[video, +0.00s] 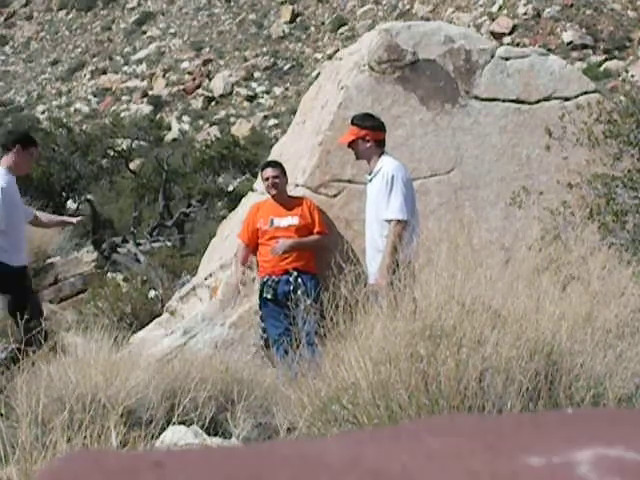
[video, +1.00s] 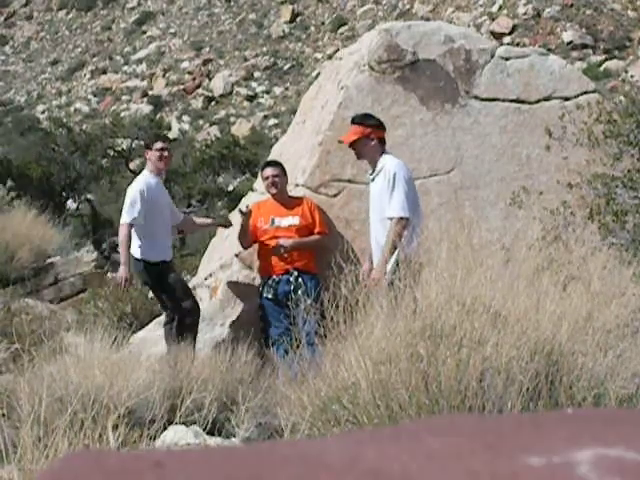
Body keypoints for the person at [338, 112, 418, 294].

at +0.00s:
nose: (350, 147)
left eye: (354, 142)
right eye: (350, 142)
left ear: (368, 141)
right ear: (367, 142)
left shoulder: (393, 171)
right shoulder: (375, 175)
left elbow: (398, 224)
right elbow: (379, 226)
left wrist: (386, 273)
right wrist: (374, 273)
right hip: (376, 276)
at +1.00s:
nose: (352, 147)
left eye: (356, 142)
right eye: (352, 143)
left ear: (373, 140)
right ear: (371, 141)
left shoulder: (395, 169)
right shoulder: (376, 173)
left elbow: (400, 220)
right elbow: (380, 222)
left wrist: (382, 266)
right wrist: (371, 260)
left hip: (400, 265)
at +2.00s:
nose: (380, 143)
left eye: (381, 138)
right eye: (380, 137)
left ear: (390, 138)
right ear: (408, 135)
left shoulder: (408, 169)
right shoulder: (428, 161)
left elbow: (406, 226)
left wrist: (391, 271)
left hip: (420, 260)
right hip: (441, 255)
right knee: (438, 318)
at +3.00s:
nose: (393, 147)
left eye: (395, 141)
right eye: (392, 142)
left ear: (407, 140)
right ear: (418, 138)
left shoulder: (412, 171)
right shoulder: (444, 164)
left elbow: (395, 221)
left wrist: (357, 237)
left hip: (427, 256)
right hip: (455, 251)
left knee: (424, 316)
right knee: (451, 313)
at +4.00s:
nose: (395, 146)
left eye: (396, 141)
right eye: (394, 141)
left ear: (407, 139)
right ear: (422, 138)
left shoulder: (413, 173)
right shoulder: (444, 164)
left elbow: (391, 222)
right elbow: (429, 204)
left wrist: (352, 233)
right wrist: (393, 202)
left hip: (429, 257)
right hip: (455, 253)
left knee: (427, 319)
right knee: (450, 315)